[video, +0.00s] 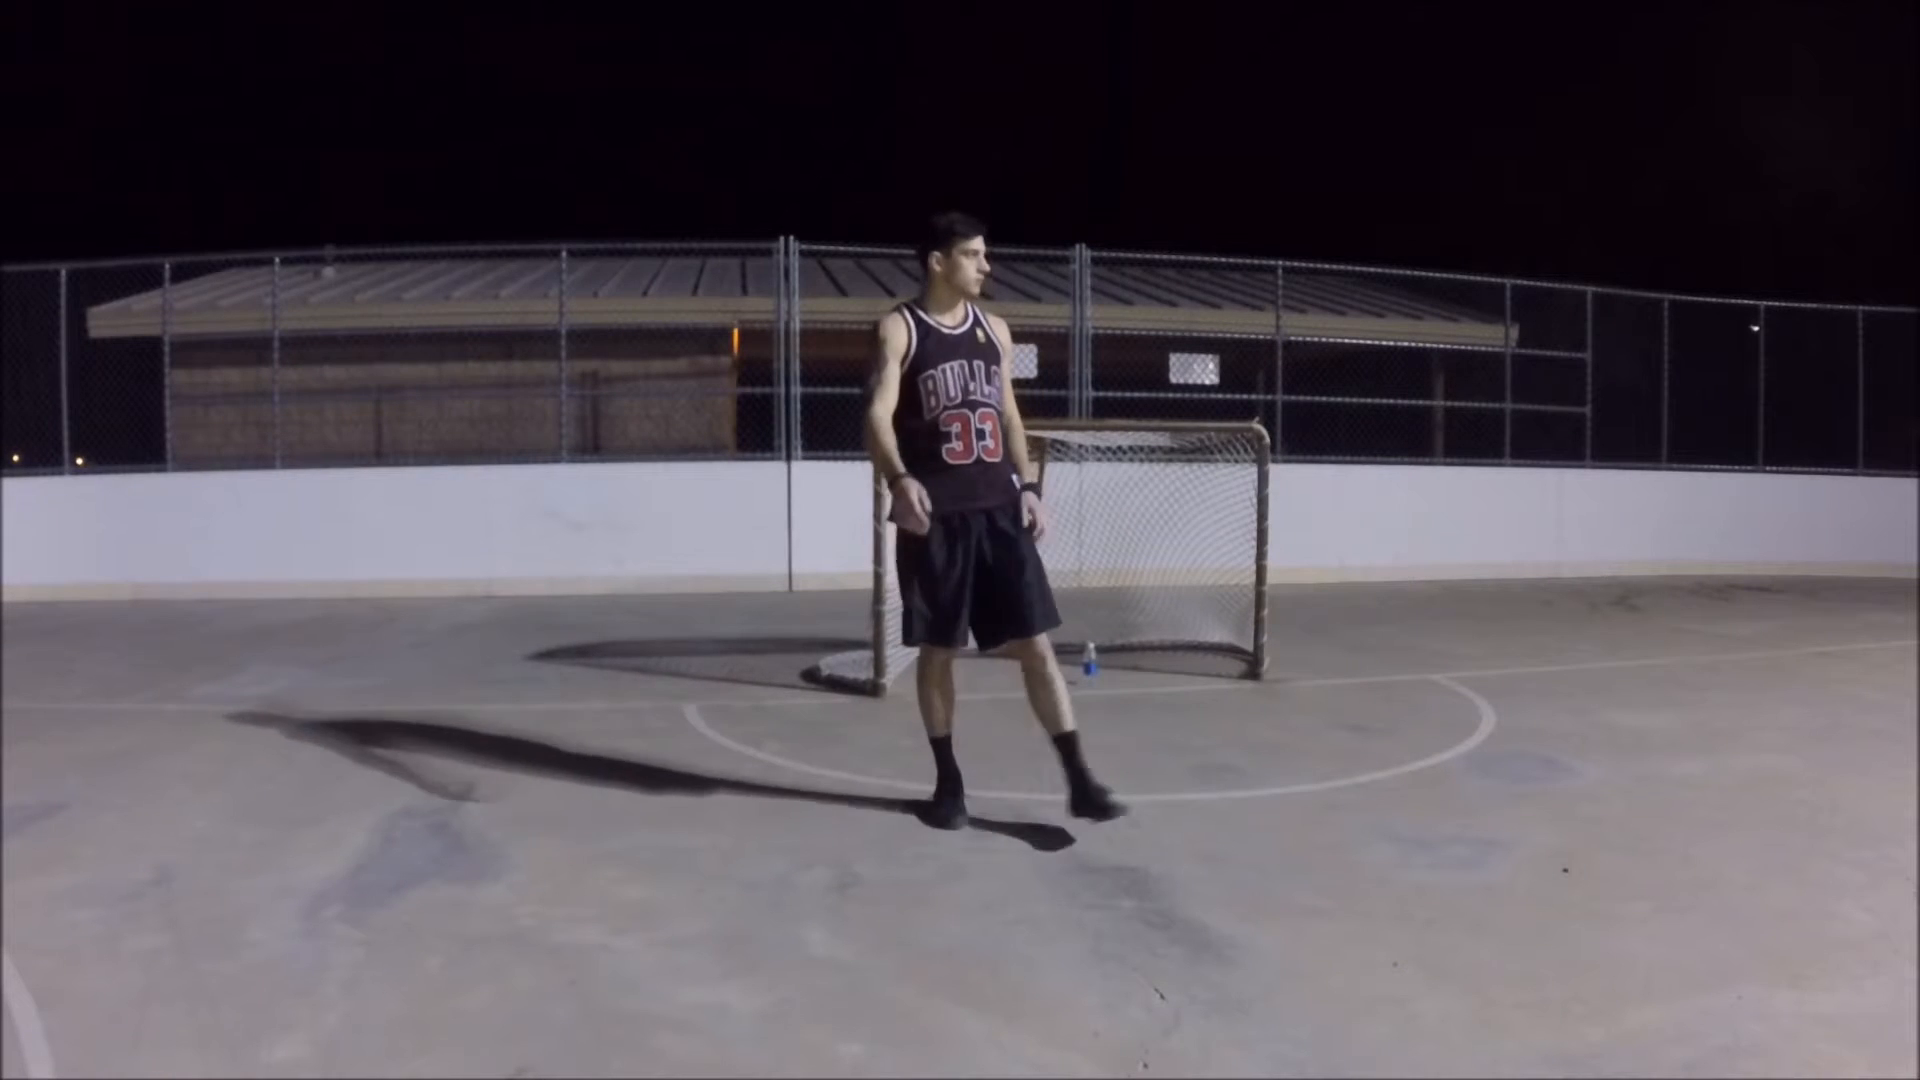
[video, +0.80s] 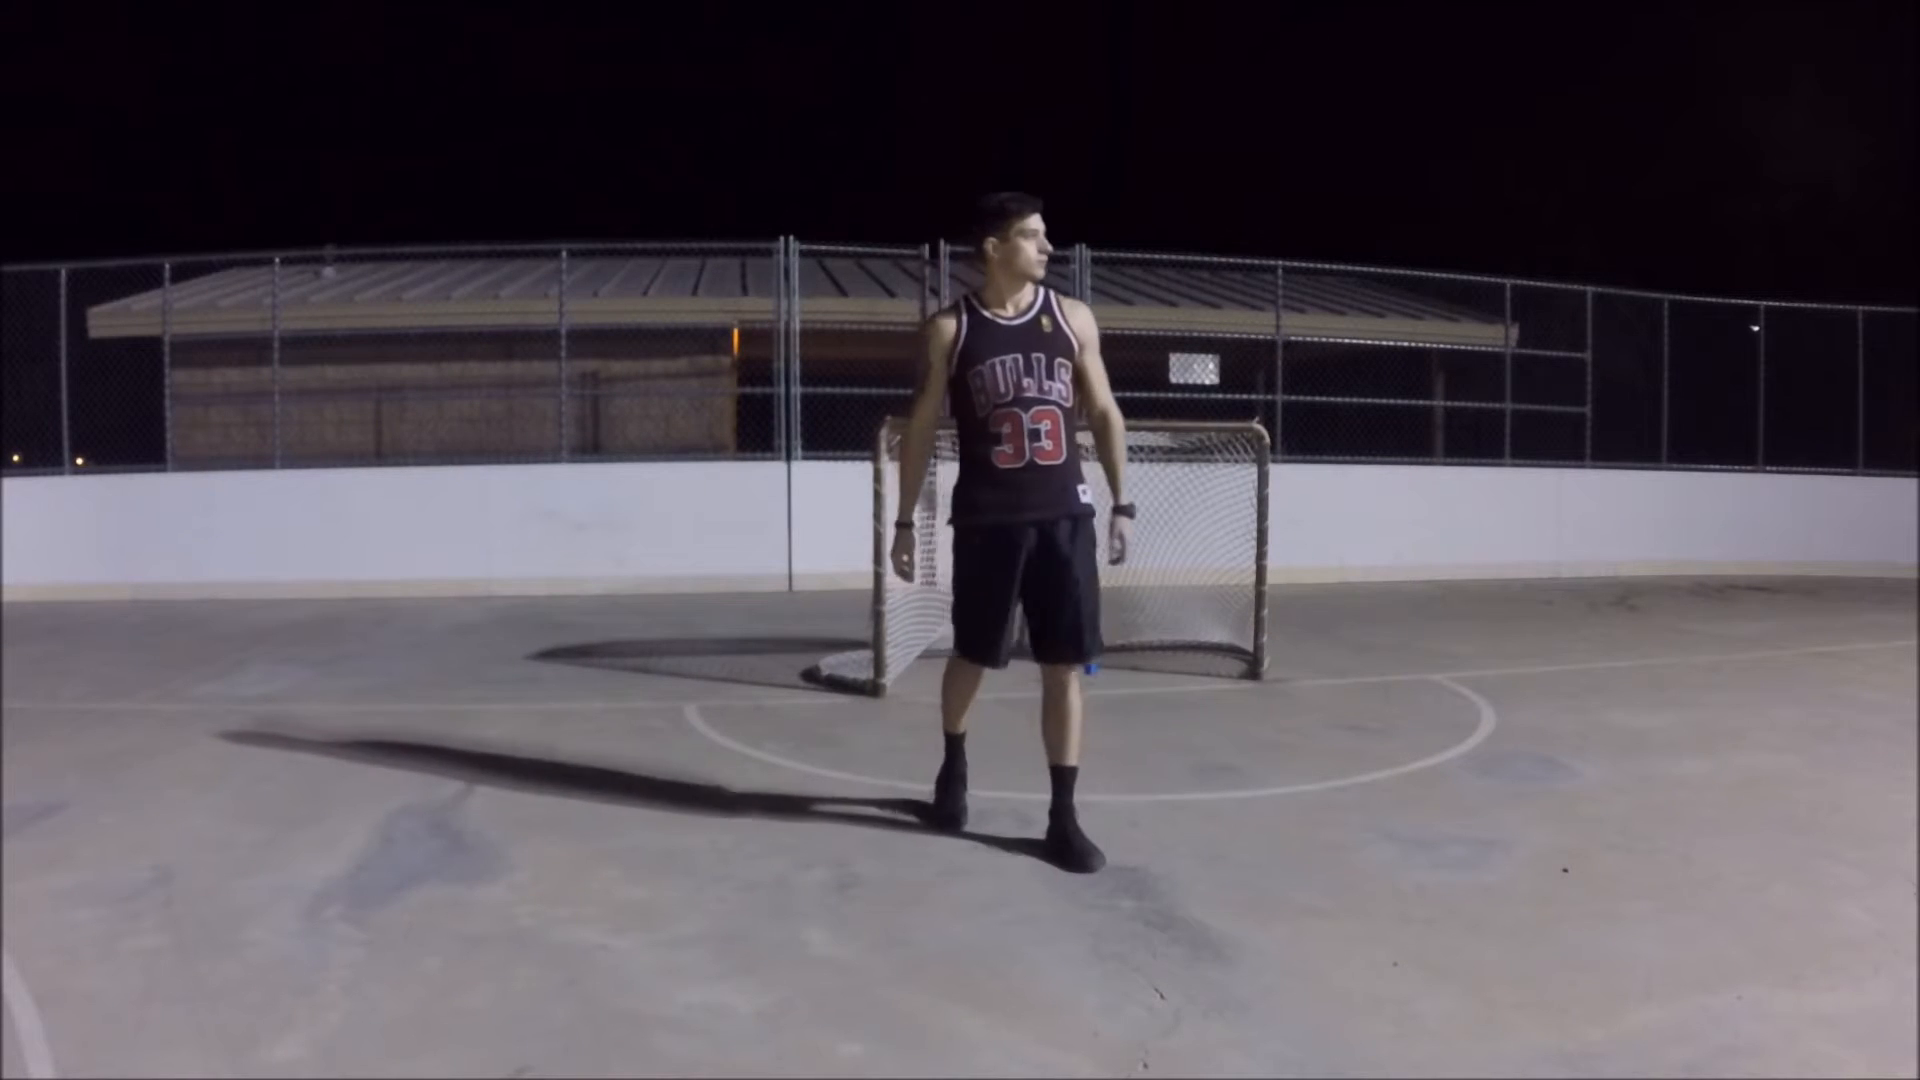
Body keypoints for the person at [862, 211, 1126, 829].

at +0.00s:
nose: (983, 266)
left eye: (984, 256)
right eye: (971, 256)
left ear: (980, 264)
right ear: (936, 262)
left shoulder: (993, 327)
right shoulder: (901, 326)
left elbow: (1009, 415)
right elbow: (878, 414)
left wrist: (1028, 484)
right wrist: (898, 478)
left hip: (1001, 511)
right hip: (935, 517)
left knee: (1037, 647)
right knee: (938, 651)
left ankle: (1081, 782)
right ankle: (948, 784)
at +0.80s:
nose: (1046, 247)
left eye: (1045, 237)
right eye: (1032, 238)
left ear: (1035, 248)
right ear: (992, 247)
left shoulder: (1073, 318)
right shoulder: (950, 329)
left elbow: (1104, 411)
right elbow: (921, 426)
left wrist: (1120, 499)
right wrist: (905, 516)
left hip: (1064, 519)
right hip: (987, 523)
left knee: (1065, 666)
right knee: (973, 655)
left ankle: (1064, 818)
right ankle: (952, 768)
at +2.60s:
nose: (941, 244)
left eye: (953, 231)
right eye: (933, 235)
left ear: (982, 240)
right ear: (925, 249)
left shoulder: (1023, 311)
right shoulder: (928, 325)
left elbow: (1042, 419)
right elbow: (913, 425)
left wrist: (1007, 513)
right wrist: (883, 515)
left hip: (1007, 508)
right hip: (941, 507)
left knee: (1014, 663)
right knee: (942, 665)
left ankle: (1038, 803)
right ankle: (950, 809)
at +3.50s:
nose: (986, 239)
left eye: (997, 226)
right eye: (975, 230)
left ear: (1023, 235)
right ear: (960, 244)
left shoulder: (1064, 318)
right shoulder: (942, 316)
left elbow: (1094, 421)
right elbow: (908, 406)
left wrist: (1095, 520)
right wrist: (888, 490)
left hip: (1026, 523)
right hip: (947, 516)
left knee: (1032, 664)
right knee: (913, 658)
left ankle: (1038, 803)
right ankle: (867, 786)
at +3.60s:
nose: (980, 251)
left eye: (992, 239)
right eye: (970, 242)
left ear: (1018, 246)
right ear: (958, 252)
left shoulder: (1058, 325)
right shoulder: (936, 322)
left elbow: (1097, 419)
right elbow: (872, 397)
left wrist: (1127, 505)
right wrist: (845, 478)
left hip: (1024, 531)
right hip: (943, 527)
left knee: (1035, 674)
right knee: (891, 664)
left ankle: (1040, 803)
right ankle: (828, 789)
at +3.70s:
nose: (973, 268)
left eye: (985, 257)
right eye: (963, 257)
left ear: (1007, 261)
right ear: (949, 262)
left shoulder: (1045, 332)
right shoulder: (920, 329)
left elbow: (1122, 395)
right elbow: (838, 372)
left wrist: (1187, 442)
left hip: (1017, 540)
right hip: (932, 538)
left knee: (1039, 682)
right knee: (869, 674)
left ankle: (1040, 805)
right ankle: (804, 788)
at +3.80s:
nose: (964, 260)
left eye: (973, 246)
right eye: (952, 248)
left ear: (995, 237)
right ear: (933, 244)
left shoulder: (1032, 299)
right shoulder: (904, 301)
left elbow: (1128, 325)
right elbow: (802, 328)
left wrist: (1223, 326)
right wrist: (720, 307)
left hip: (997, 513)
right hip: (915, 510)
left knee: (1015, 656)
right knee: (874, 655)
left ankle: (1032, 799)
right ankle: (808, 777)